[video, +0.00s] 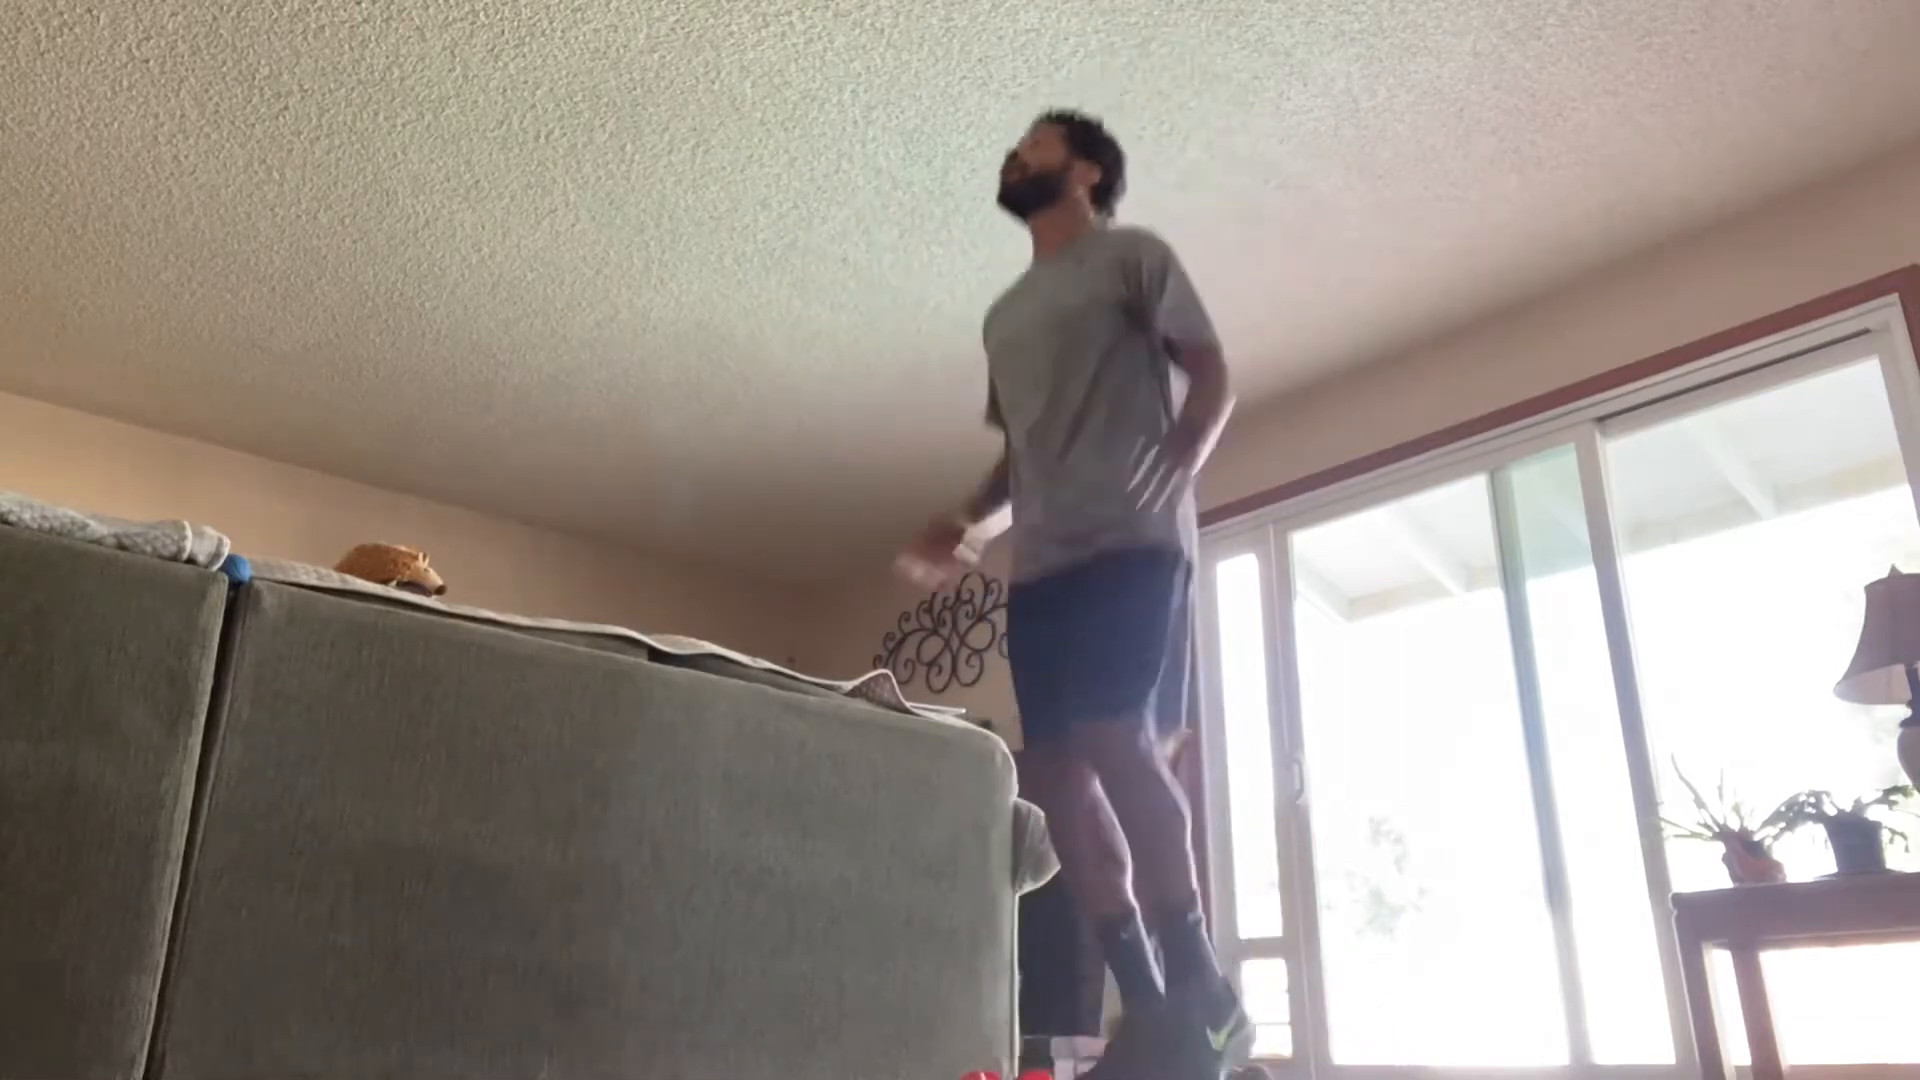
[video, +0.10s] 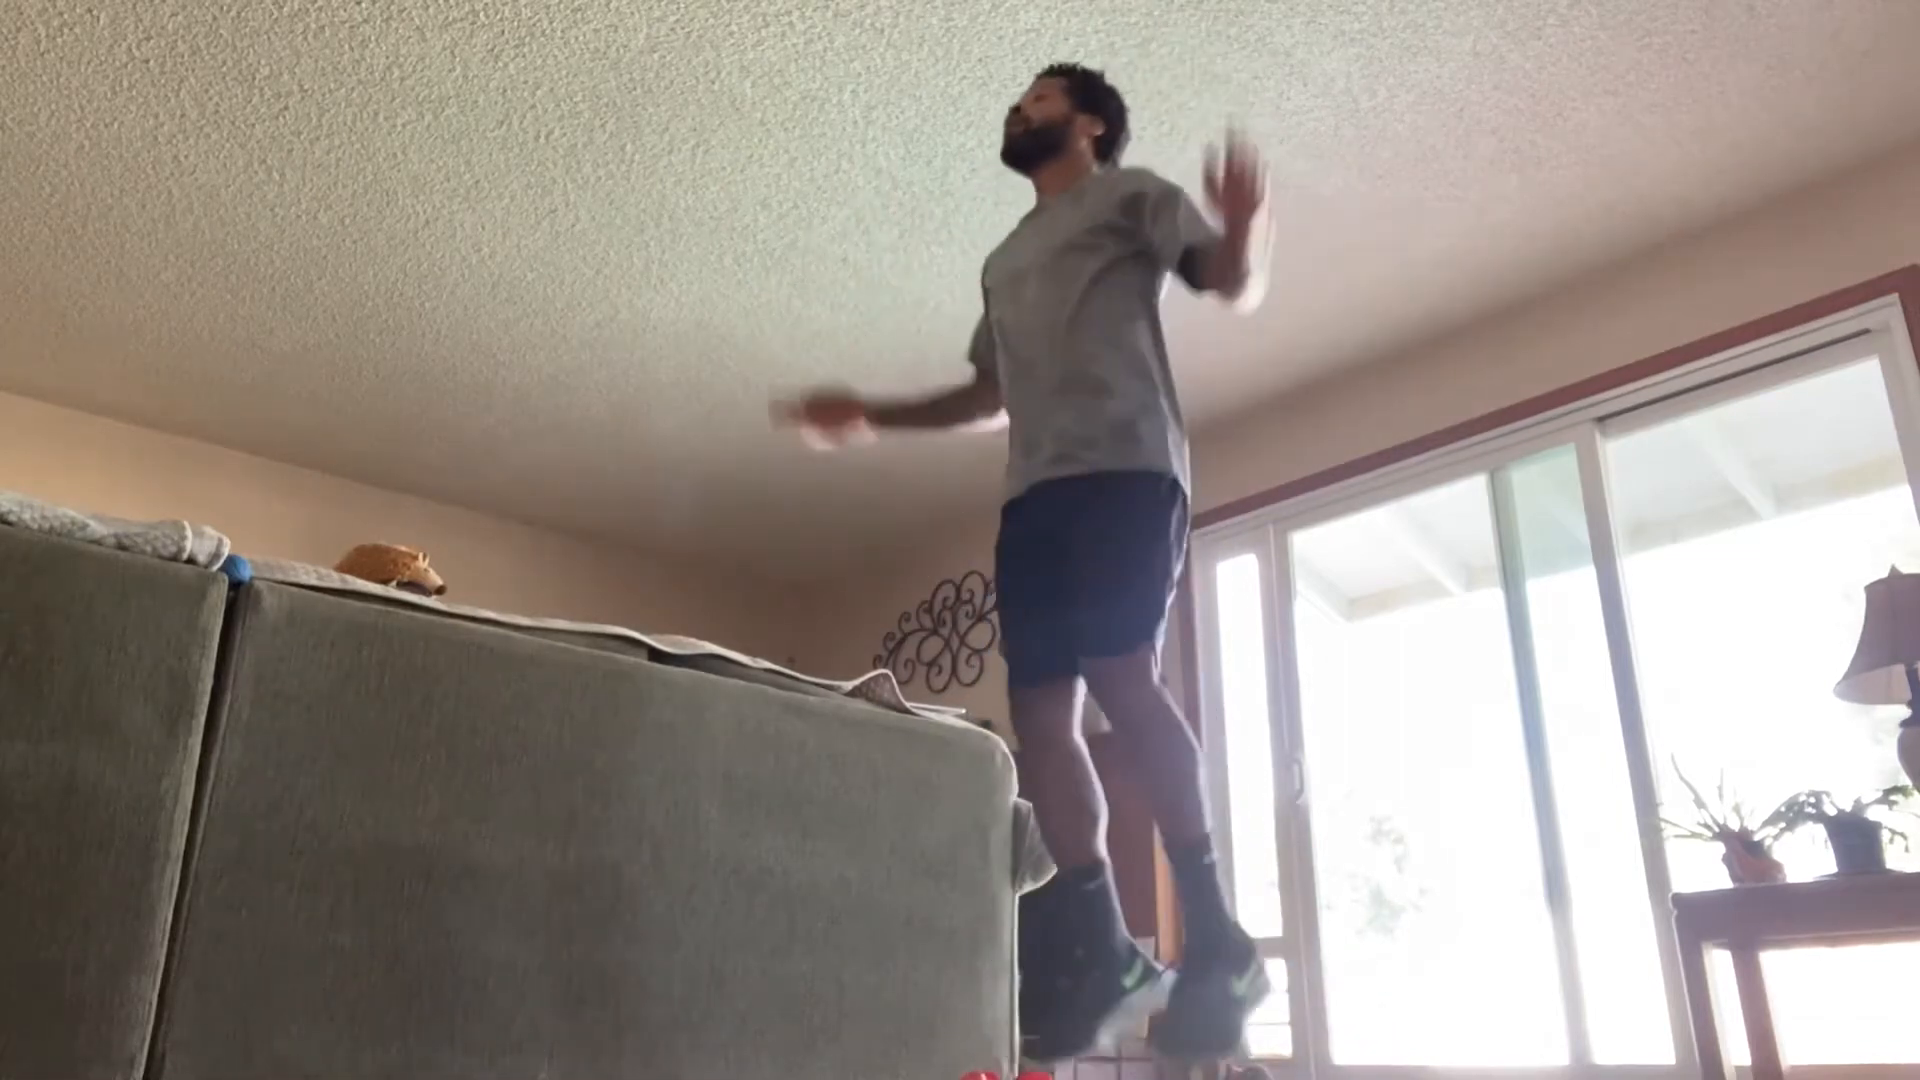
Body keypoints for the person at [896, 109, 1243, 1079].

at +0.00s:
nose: (1013, 151)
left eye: (1037, 139)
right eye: (1017, 144)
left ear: (1089, 173)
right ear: (1028, 184)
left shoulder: (1129, 254)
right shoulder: (1004, 314)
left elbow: (1211, 376)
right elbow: (1021, 450)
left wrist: (1171, 480)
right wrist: (965, 523)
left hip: (1134, 539)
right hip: (1042, 561)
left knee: (1115, 744)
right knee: (1052, 774)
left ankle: (1201, 993)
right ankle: (1145, 1008)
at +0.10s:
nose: (1017, 103)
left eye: (1040, 92)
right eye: (1017, 97)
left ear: (1092, 123)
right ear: (1030, 138)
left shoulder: (1130, 195)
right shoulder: (1004, 260)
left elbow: (1228, 281)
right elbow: (989, 395)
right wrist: (868, 413)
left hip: (1127, 467)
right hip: (1034, 486)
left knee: (1126, 690)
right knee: (1043, 726)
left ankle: (1216, 945)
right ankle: (1100, 947)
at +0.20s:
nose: (1016, 107)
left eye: (1040, 96)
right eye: (1017, 100)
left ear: (1091, 122)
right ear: (1031, 140)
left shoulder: (1124, 189)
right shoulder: (1008, 256)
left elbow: (1256, 175)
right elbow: (932, 359)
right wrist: (832, 292)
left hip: (1130, 471)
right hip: (1033, 492)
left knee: (1132, 679)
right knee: (1002, 712)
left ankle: (1267, 938)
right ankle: (1055, 958)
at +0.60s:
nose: (957, 112)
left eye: (980, 95)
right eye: (957, 100)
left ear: (1035, 124)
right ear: (965, 131)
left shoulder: (1072, 186)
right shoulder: (957, 257)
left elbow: (1194, 234)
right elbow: (924, 381)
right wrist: (814, 364)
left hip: (1093, 464)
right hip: (1006, 491)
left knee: (1064, 656)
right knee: (970, 709)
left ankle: (1246, 873)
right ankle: (1027, 945)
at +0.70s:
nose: (916, 116)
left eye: (937, 100)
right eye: (917, 102)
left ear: (994, 125)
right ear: (950, 132)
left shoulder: (1050, 205)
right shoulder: (941, 269)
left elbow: (1163, 307)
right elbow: (979, 397)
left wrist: (1096, 374)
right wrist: (925, 479)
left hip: (1083, 470)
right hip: (994, 489)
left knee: (1041, 668)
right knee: (953, 703)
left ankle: (1253, 842)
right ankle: (982, 953)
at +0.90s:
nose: (855, 284)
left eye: (875, 266)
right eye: (855, 270)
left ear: (936, 282)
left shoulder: (1015, 355)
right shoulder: (920, 413)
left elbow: (1056, 501)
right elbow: (960, 550)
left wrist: (916, 459)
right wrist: (931, 644)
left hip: (1104, 624)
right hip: (1005, 631)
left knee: (1035, 840)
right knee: (907, 790)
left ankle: (1210, 931)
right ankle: (948, 1038)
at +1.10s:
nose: (937, 269)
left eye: (951, 249)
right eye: (932, 257)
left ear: (1020, 258)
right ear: (945, 287)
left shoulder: (1121, 324)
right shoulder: (974, 410)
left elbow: (1273, 391)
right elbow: (978, 550)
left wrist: (1400, 452)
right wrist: (976, 412)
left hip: (1207, 576)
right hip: (1088, 611)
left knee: (1240, 726)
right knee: (978, 818)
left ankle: (1386, 892)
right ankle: (949, 1041)